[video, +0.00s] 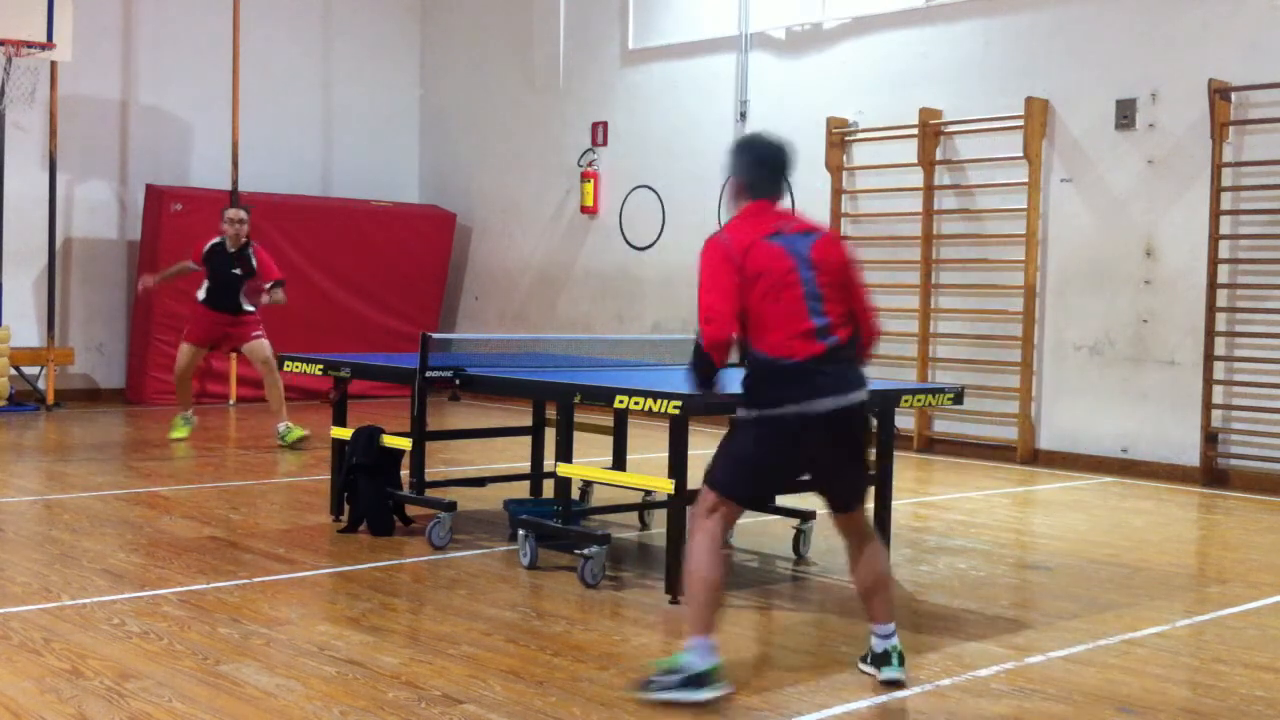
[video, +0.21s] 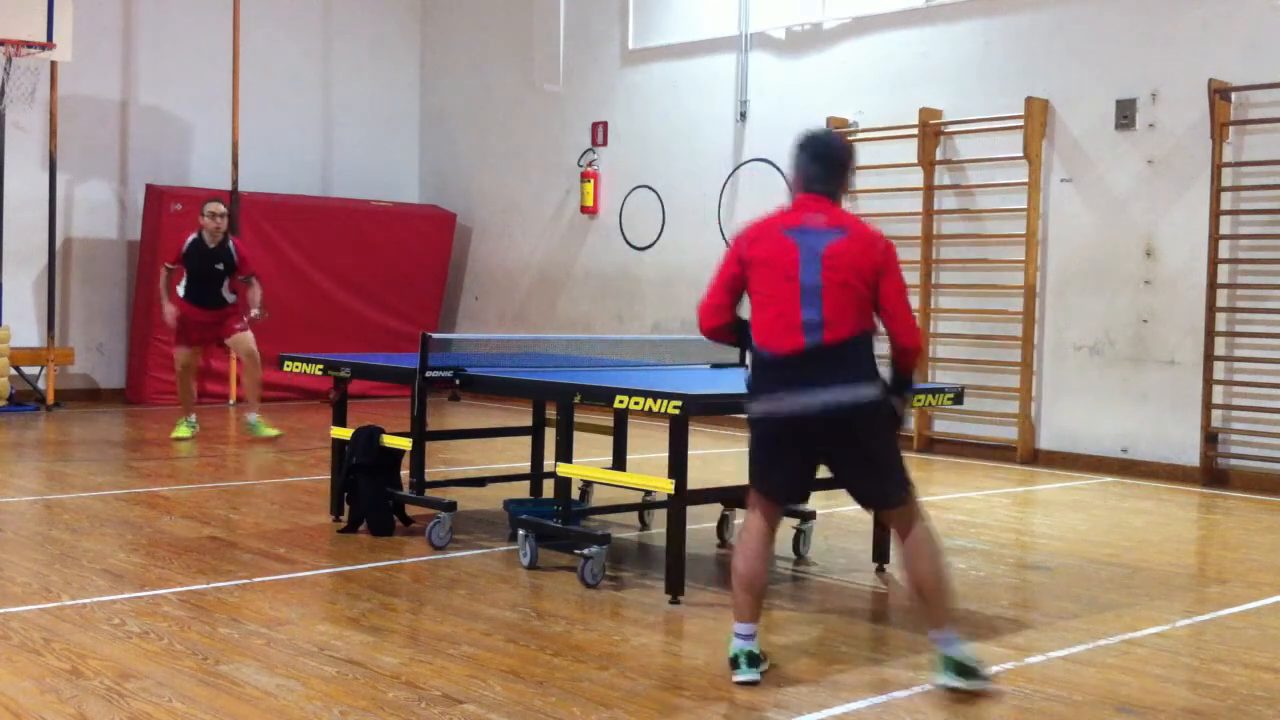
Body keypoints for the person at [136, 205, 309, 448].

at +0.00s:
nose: (235, 228)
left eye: (240, 223)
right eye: (230, 222)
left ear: (248, 226)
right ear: (222, 225)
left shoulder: (256, 254)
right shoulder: (212, 248)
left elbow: (279, 295)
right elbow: (189, 266)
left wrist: (266, 298)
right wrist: (156, 278)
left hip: (243, 320)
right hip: (208, 316)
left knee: (267, 362)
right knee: (181, 369)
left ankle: (283, 426)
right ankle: (185, 417)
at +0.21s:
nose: (218, 222)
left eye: (223, 217)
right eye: (212, 216)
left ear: (228, 220)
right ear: (201, 219)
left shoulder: (233, 249)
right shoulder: (188, 245)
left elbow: (252, 282)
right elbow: (167, 270)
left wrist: (254, 308)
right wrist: (166, 302)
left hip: (226, 315)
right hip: (192, 314)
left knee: (252, 354)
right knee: (183, 366)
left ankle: (253, 417)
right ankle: (189, 419)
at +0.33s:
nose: (213, 218)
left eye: (218, 213)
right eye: (208, 213)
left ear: (223, 217)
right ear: (196, 216)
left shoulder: (230, 244)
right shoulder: (184, 240)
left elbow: (246, 277)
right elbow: (168, 265)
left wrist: (250, 303)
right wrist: (169, 295)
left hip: (221, 311)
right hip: (186, 308)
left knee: (235, 363)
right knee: (166, 357)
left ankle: (237, 414)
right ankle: (168, 412)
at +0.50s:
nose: (203, 233)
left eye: (207, 228)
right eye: (197, 228)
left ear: (212, 232)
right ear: (185, 232)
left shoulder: (220, 258)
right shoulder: (172, 256)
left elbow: (239, 286)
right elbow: (154, 285)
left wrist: (248, 309)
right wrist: (155, 311)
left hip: (212, 322)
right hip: (175, 320)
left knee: (232, 369)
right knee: (144, 367)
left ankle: (235, 420)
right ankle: (112, 417)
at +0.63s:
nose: (183, 235)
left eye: (187, 230)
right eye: (177, 229)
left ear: (192, 234)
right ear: (165, 233)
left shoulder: (196, 259)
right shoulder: (151, 256)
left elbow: (212, 286)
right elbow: (133, 286)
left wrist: (228, 308)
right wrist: (132, 309)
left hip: (189, 323)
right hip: (152, 322)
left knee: (215, 368)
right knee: (126, 369)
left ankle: (232, 420)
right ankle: (101, 424)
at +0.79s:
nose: (156, 225)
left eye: (160, 220)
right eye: (150, 220)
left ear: (164, 224)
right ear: (137, 222)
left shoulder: (164, 251)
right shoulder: (119, 247)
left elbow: (174, 278)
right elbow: (90, 278)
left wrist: (193, 302)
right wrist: (99, 294)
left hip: (152, 317)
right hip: (117, 316)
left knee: (181, 363)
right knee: (104, 368)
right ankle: (95, 423)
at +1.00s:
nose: (140, 222)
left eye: (144, 217)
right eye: (134, 217)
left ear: (147, 222)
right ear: (120, 220)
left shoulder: (145, 250)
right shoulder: (102, 243)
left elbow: (153, 279)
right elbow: (70, 278)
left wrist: (170, 308)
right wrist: (85, 303)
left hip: (125, 316)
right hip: (91, 314)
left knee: (146, 363)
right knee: (71, 362)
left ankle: (120, 422)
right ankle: (38, 416)